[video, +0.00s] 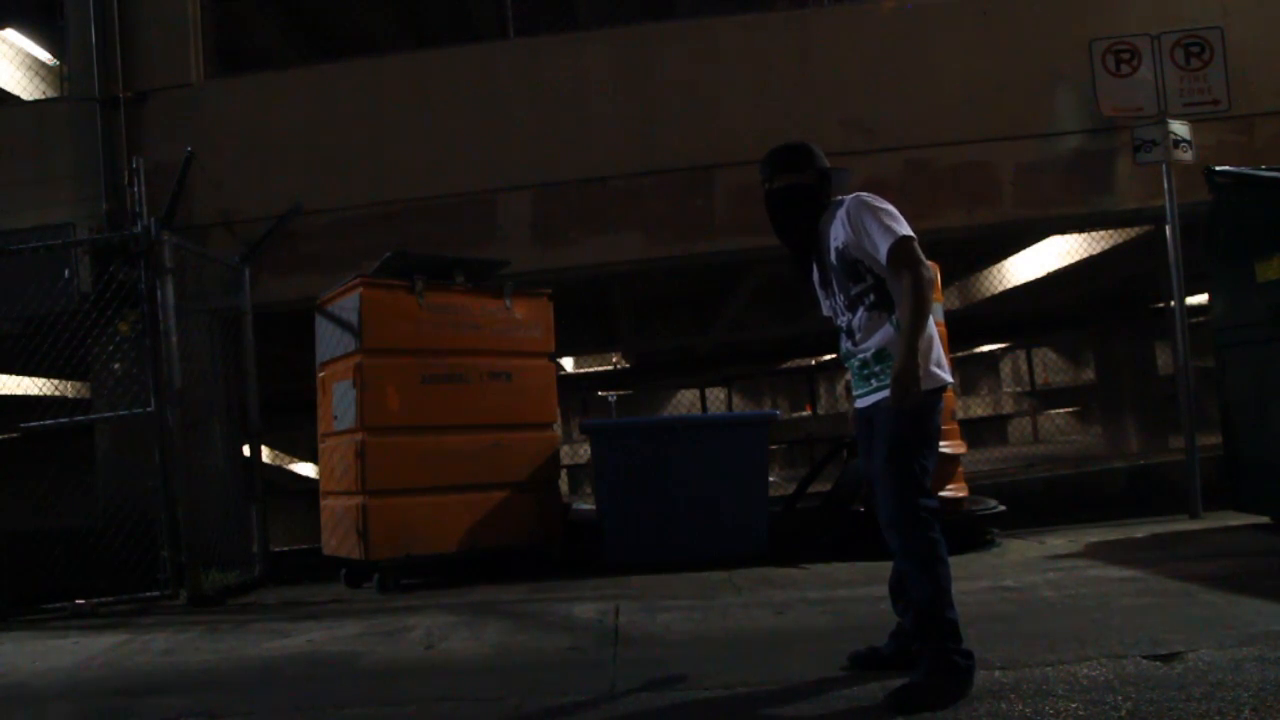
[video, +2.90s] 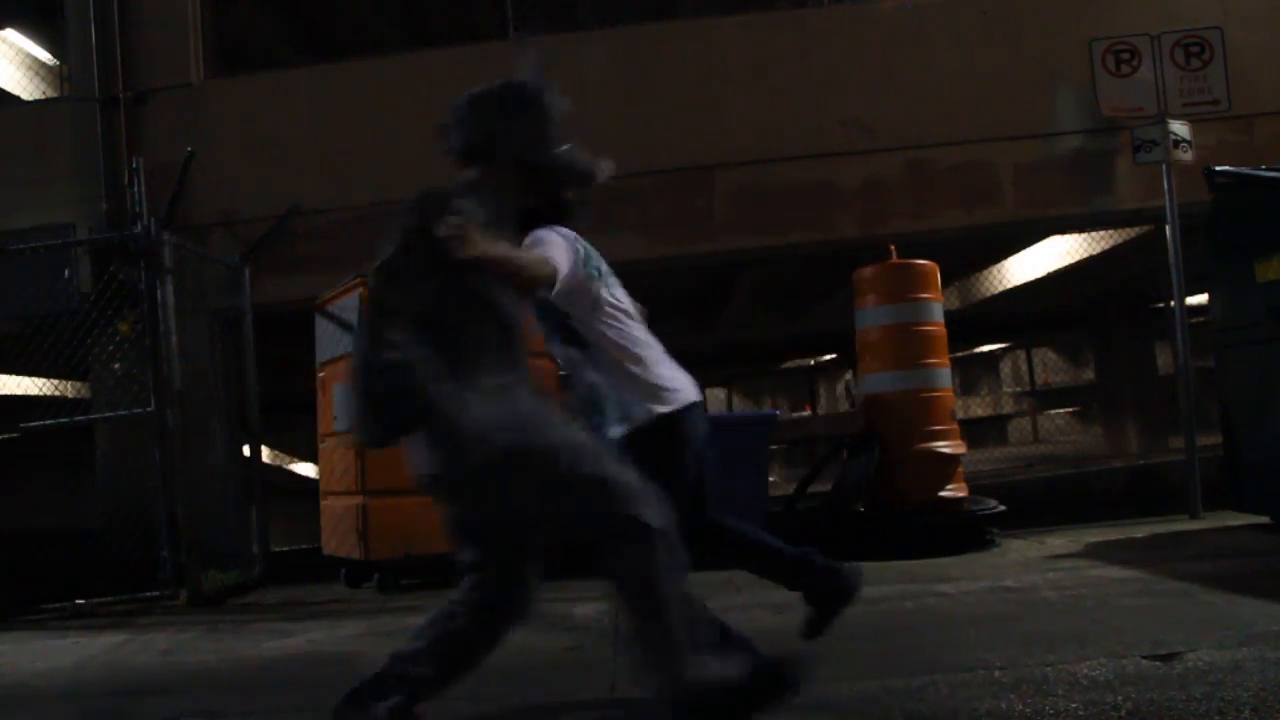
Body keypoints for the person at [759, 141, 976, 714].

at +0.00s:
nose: (776, 209)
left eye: (783, 194)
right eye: (771, 198)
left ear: (811, 185)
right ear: (783, 197)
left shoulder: (858, 211)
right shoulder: (822, 256)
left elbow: (917, 275)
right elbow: (856, 332)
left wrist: (907, 372)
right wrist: (862, 395)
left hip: (908, 392)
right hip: (875, 400)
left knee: (911, 519)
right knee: (896, 519)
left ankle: (946, 660)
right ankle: (914, 637)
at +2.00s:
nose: (749, 217)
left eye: (755, 203)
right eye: (745, 205)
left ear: (783, 195)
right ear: (758, 205)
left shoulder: (835, 220)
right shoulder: (798, 263)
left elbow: (895, 280)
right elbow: (835, 341)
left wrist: (893, 371)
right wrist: (841, 401)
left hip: (898, 392)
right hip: (866, 401)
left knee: (905, 520)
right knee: (888, 521)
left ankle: (944, 660)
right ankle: (910, 640)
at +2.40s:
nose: (712, 221)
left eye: (720, 207)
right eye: (708, 210)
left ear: (747, 202)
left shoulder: (794, 232)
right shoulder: (757, 272)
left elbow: (856, 287)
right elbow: (805, 345)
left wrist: (882, 377)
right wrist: (814, 408)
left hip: (871, 394)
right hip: (843, 402)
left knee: (846, 517)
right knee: (878, 514)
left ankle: (929, 634)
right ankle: (908, 635)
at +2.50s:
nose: (686, 228)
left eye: (694, 214)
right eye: (683, 216)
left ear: (721, 209)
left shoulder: (769, 240)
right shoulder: (733, 276)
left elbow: (840, 296)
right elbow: (782, 349)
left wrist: (886, 373)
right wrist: (791, 412)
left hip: (852, 400)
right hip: (822, 409)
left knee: (811, 522)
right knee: (870, 516)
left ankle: (910, 630)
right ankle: (914, 633)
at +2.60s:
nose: (653, 241)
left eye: (660, 228)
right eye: (652, 229)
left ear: (684, 225)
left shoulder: (735, 255)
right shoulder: (700, 291)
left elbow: (801, 320)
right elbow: (748, 363)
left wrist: (858, 391)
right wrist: (756, 423)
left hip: (825, 415)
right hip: (797, 422)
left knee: (762, 530)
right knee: (846, 527)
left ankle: (841, 640)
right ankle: (918, 634)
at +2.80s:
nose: (555, 256)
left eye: (559, 245)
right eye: (556, 248)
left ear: (576, 240)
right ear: (609, 234)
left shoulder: (615, 269)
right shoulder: (622, 275)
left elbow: (573, 303)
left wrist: (497, 298)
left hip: (728, 429)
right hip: (737, 424)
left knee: (670, 557)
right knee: (770, 539)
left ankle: (741, 675)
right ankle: (888, 611)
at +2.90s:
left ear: (518, 202)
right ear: (556, 202)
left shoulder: (554, 240)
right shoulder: (574, 248)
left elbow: (536, 268)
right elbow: (628, 312)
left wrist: (479, 248)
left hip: (660, 413)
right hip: (660, 412)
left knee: (690, 532)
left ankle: (820, 579)